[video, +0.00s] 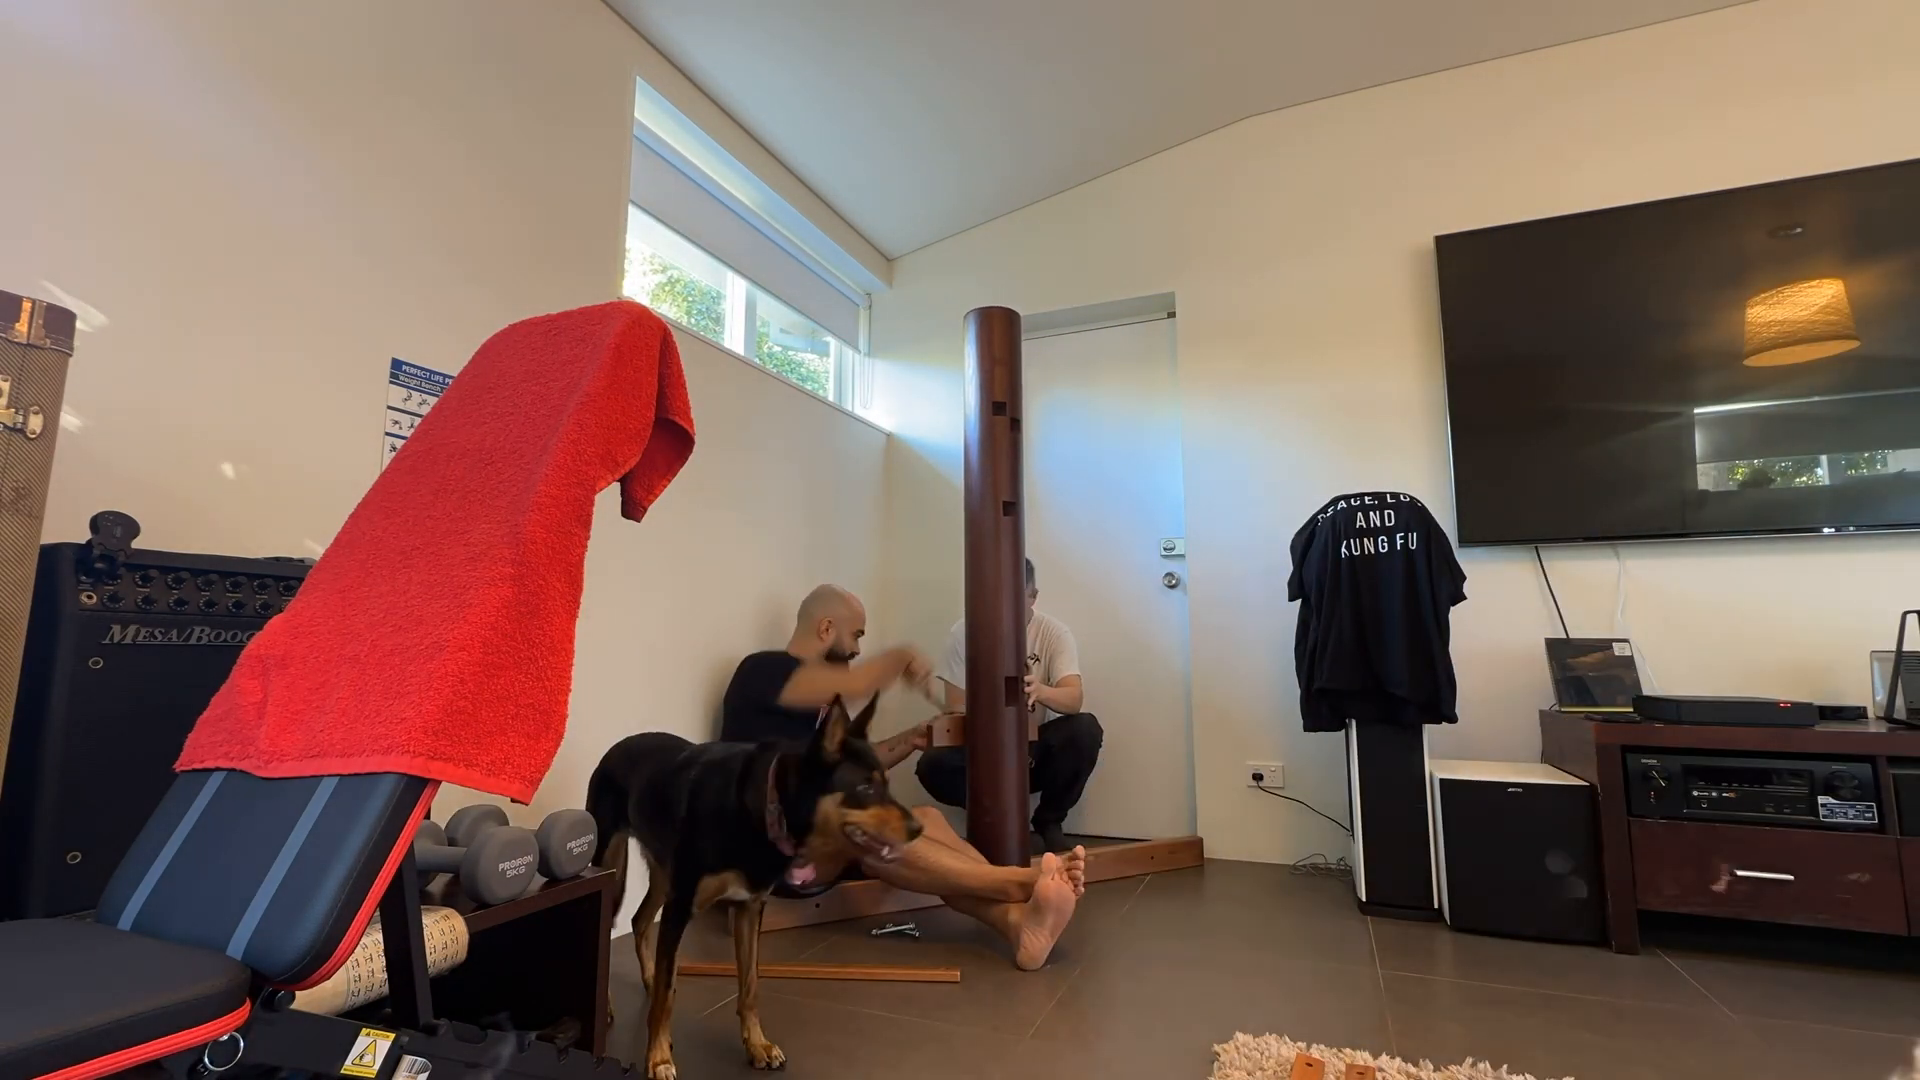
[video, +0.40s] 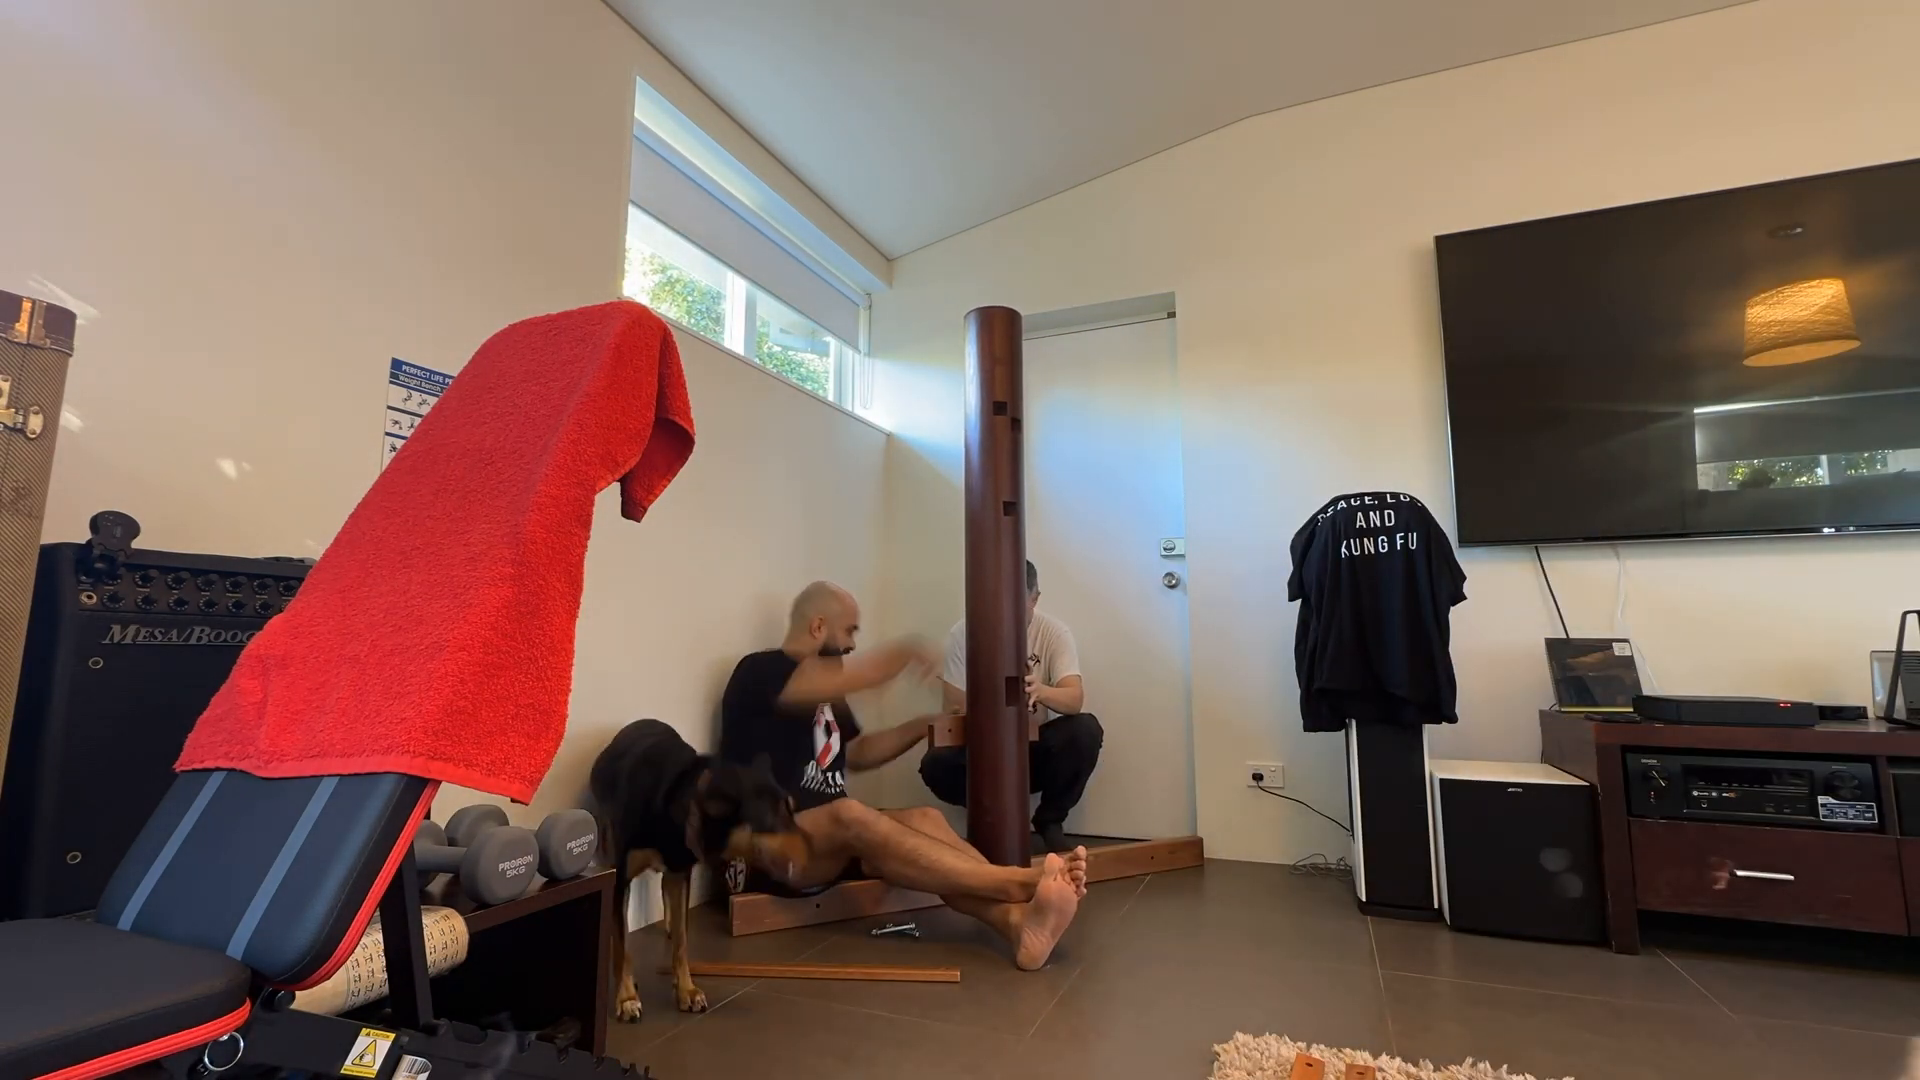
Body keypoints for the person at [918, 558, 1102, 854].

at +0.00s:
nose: (1012, 607)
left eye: (1019, 598)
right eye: (1003, 597)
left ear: (1032, 597)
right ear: (989, 596)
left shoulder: (1053, 634)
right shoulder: (965, 633)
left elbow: (1073, 700)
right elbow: (956, 709)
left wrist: (1041, 691)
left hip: (1032, 751)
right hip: (980, 752)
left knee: (1084, 728)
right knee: (934, 766)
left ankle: (1049, 820)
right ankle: (998, 814)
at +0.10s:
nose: (1013, 608)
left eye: (1020, 599)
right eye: (1003, 599)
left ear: (1031, 597)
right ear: (987, 598)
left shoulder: (1052, 633)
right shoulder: (963, 637)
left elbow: (1073, 701)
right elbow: (955, 716)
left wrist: (1041, 691)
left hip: (1033, 752)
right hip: (980, 756)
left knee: (1083, 729)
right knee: (943, 776)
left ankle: (1049, 820)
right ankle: (1000, 819)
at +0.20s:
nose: (1013, 608)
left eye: (1020, 598)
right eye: (1004, 599)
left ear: (1032, 597)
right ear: (988, 597)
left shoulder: (1052, 632)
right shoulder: (964, 634)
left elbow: (1073, 701)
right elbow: (951, 714)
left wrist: (1042, 691)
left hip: (1033, 751)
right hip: (981, 755)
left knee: (1083, 729)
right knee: (945, 777)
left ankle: (1049, 819)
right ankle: (1002, 820)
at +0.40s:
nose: (1012, 611)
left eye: (1019, 602)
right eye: (1003, 601)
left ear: (1033, 599)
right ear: (989, 598)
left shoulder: (1053, 633)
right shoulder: (964, 635)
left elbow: (1073, 700)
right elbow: (955, 706)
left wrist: (1041, 691)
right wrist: (1002, 704)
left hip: (1034, 751)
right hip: (981, 753)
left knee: (1084, 729)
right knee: (936, 765)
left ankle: (1050, 820)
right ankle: (998, 815)